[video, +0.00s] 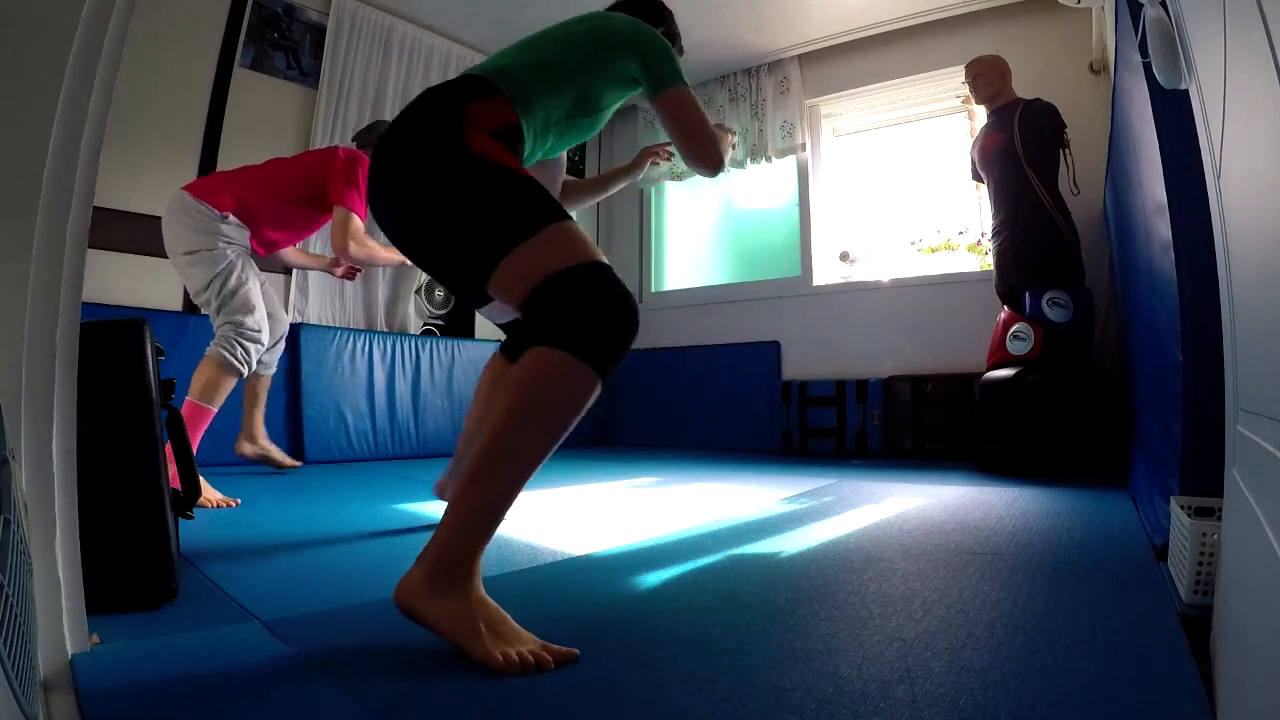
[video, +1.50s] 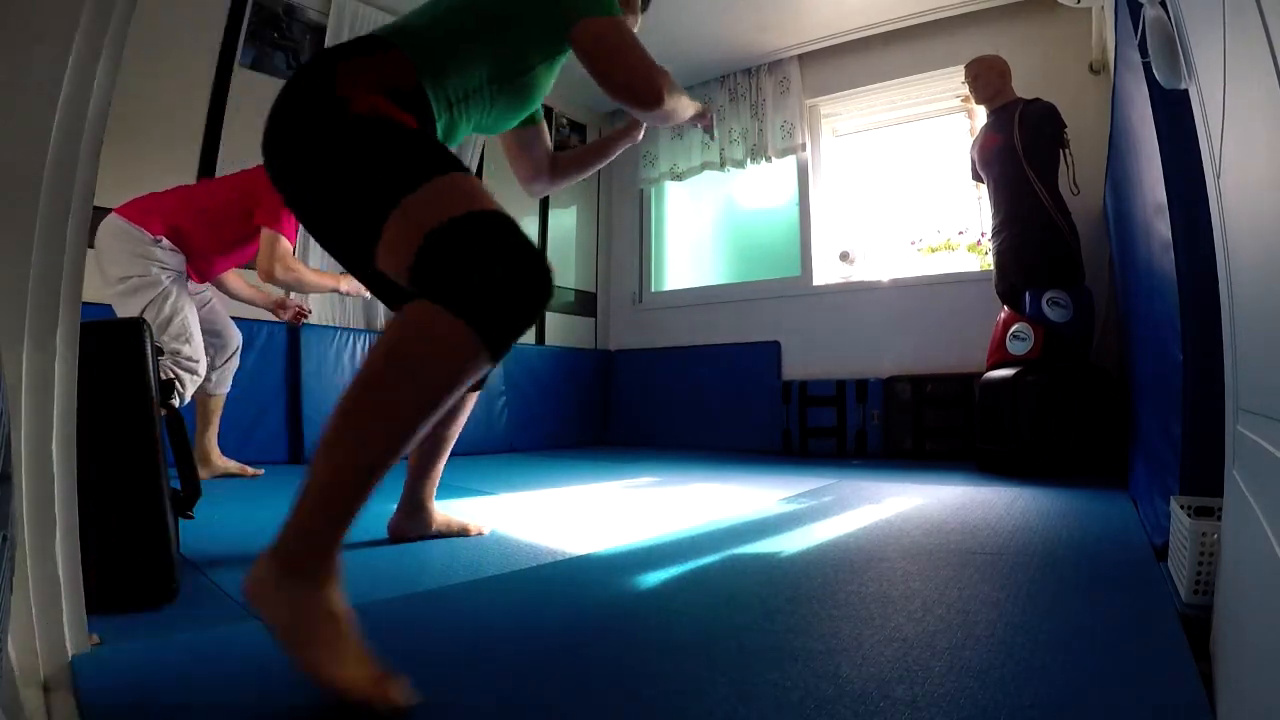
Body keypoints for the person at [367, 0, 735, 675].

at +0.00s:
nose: (669, 66)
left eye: (669, 59)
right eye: (669, 54)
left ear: (621, 21)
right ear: (658, 30)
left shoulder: (565, 74)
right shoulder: (638, 38)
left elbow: (551, 195)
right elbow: (706, 156)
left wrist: (634, 171)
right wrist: (720, 136)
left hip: (408, 170)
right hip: (450, 160)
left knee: (548, 317)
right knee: (598, 313)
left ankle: (465, 474)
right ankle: (442, 579)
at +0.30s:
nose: (626, 37)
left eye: (628, 31)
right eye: (628, 24)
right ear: (615, 8)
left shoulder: (496, 58)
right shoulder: (581, 1)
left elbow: (486, 175)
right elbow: (651, 128)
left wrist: (586, 149)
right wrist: (678, 115)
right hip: (349, 117)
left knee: (439, 319)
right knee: (445, 336)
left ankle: (427, 493)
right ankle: (228, 588)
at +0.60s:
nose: (588, 14)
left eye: (588, 14)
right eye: (585, 8)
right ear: (562, 1)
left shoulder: (456, 41)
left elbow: (451, 159)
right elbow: (596, 95)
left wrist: (554, 136)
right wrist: (643, 93)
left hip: (308, 105)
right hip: (270, 75)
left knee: (405, 291)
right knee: (399, 264)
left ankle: (343, 515)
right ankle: (157, 584)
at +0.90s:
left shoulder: (408, 31)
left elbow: (418, 148)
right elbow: (554, 55)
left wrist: (528, 117)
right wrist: (607, 62)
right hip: (207, 36)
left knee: (326, 295)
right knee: (341, 240)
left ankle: (248, 521)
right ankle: (88, 605)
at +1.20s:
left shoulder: (432, 23)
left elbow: (429, 150)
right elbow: (585, 73)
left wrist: (543, 120)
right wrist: (623, 90)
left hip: (261, 89)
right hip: (218, 56)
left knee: (356, 290)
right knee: (339, 297)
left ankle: (267, 489)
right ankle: (69, 644)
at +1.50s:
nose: (631, 23)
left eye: (633, 15)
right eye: (633, 10)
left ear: (602, 12)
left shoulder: (513, 65)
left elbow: (543, 176)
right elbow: (646, 91)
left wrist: (635, 128)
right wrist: (685, 106)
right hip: (350, 106)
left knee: (480, 305)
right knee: (497, 274)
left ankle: (416, 507)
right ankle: (295, 567)